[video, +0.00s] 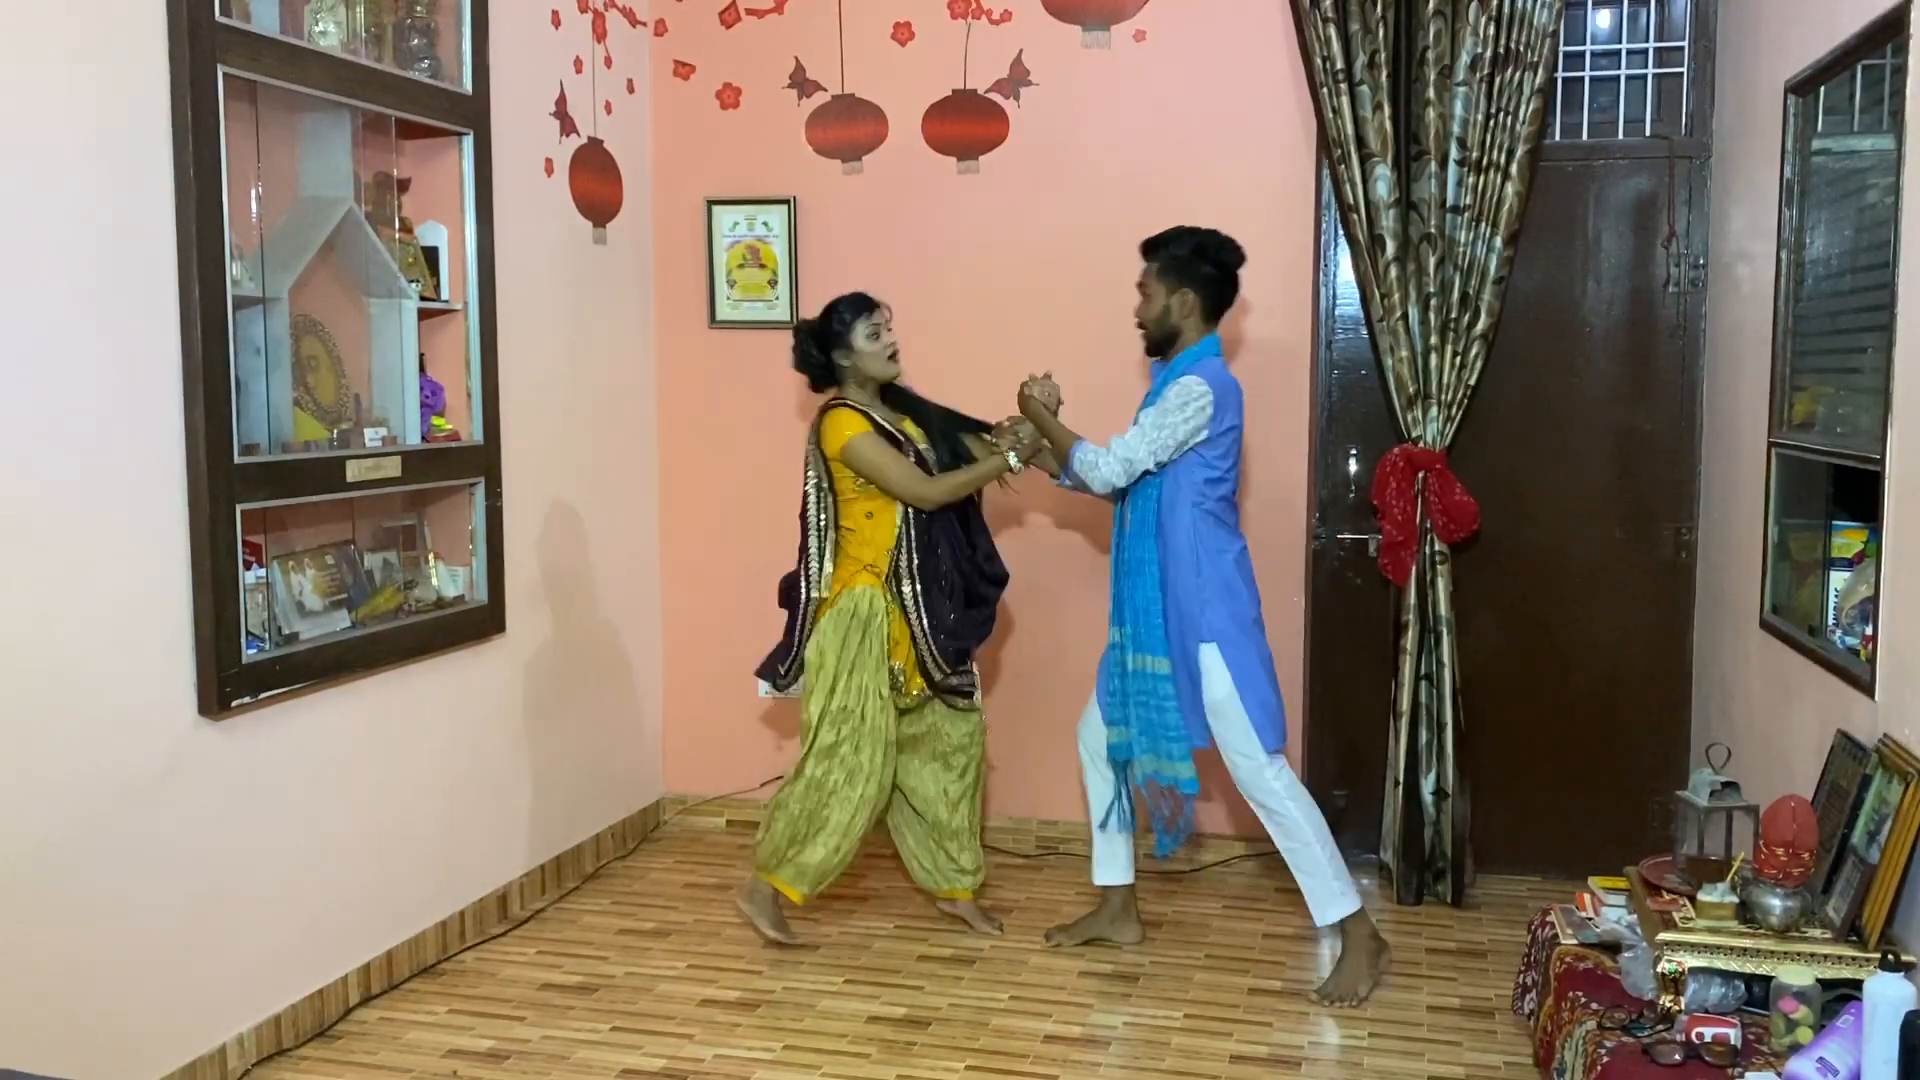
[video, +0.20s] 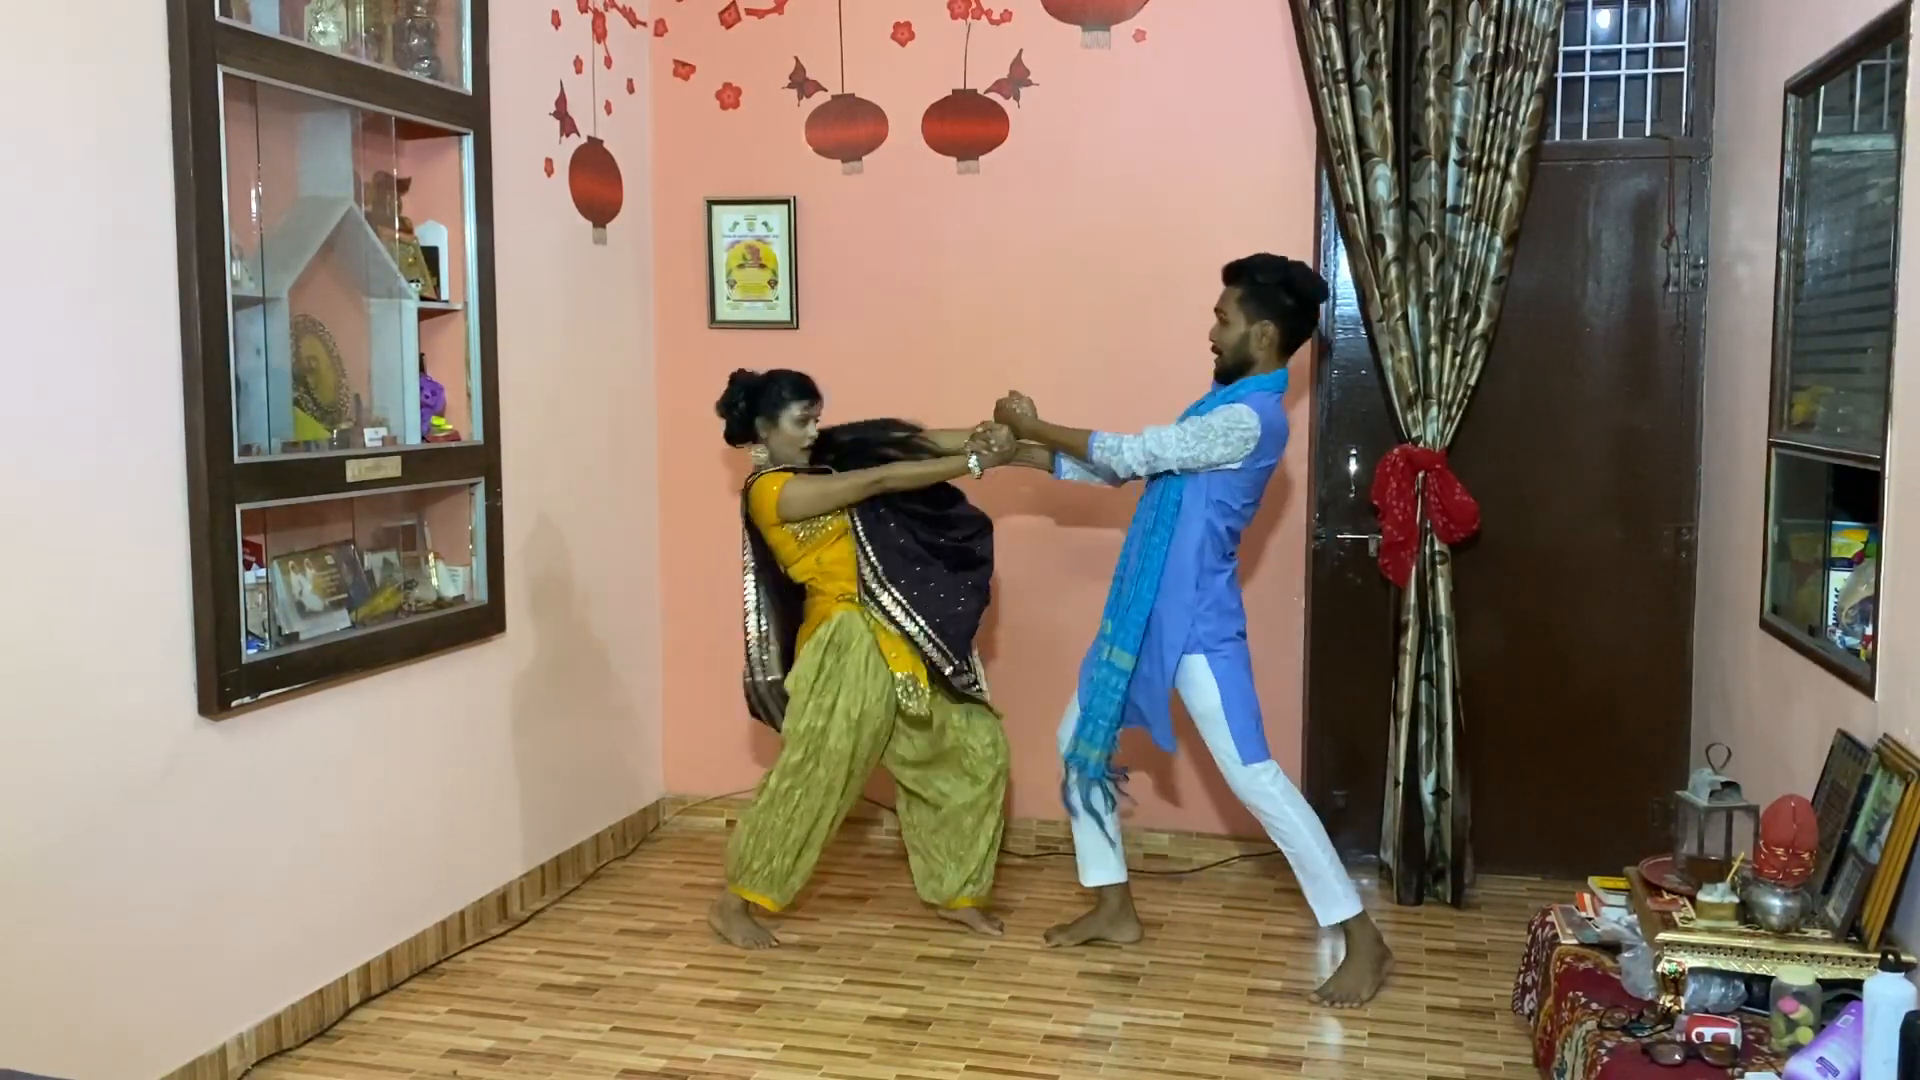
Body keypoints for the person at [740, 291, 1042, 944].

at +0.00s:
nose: (892, 342)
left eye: (889, 331)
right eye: (875, 336)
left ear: (885, 343)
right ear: (841, 356)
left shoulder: (899, 415)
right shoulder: (841, 422)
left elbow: (969, 447)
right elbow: (924, 491)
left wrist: (1029, 428)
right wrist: (1000, 462)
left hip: (915, 606)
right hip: (861, 606)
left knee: (954, 735)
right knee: (853, 751)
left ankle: (952, 882)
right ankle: (769, 884)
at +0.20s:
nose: (815, 430)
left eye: (816, 418)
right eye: (801, 421)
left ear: (817, 419)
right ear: (761, 430)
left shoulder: (828, 462)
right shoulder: (771, 492)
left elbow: (913, 447)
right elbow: (874, 481)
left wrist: (991, 437)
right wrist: (975, 461)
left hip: (906, 636)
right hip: (848, 636)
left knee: (978, 745)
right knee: (820, 764)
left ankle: (956, 892)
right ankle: (739, 899)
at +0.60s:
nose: (883, 361)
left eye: (875, 351)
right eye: (869, 356)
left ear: (853, 381)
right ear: (842, 381)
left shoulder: (890, 442)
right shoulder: (838, 459)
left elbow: (940, 493)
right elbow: (924, 525)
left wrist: (1003, 477)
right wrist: (1015, 521)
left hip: (876, 630)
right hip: (812, 631)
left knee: (916, 757)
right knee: (791, 770)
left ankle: (898, 904)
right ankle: (737, 908)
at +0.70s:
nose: (924, 384)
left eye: (916, 375)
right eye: (913, 378)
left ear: (881, 406)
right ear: (892, 402)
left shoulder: (884, 465)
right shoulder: (890, 476)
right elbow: (962, 547)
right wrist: (1026, 518)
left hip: (873, 638)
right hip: (835, 637)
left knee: (921, 757)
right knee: (835, 772)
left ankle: (897, 903)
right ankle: (743, 892)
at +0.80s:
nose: (947, 394)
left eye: (935, 384)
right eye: (943, 386)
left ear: (881, 392)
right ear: (940, 398)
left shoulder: (852, 434)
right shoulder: (944, 469)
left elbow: (788, 469)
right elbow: (1008, 504)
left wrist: (819, 528)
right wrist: (1019, 443)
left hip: (829, 629)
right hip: (896, 633)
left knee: (865, 763)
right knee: (916, 771)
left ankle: (898, 906)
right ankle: (801, 858)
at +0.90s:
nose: (890, 369)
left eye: (897, 363)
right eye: (898, 360)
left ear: (905, 377)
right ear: (962, 385)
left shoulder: (864, 418)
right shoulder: (968, 443)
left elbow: (760, 444)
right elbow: (990, 386)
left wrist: (738, 463)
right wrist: (968, 318)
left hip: (862, 622)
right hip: (938, 626)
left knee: (858, 763)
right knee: (931, 765)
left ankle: (890, 897)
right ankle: (917, 898)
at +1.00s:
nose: (891, 345)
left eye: (904, 341)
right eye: (898, 336)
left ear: (932, 362)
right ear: (946, 365)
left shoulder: (889, 408)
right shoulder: (967, 416)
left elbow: (788, 442)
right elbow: (928, 329)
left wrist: (715, 414)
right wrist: (914, 250)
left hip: (897, 633)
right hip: (967, 627)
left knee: (870, 769)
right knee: (970, 759)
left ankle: (913, 902)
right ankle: (977, 882)